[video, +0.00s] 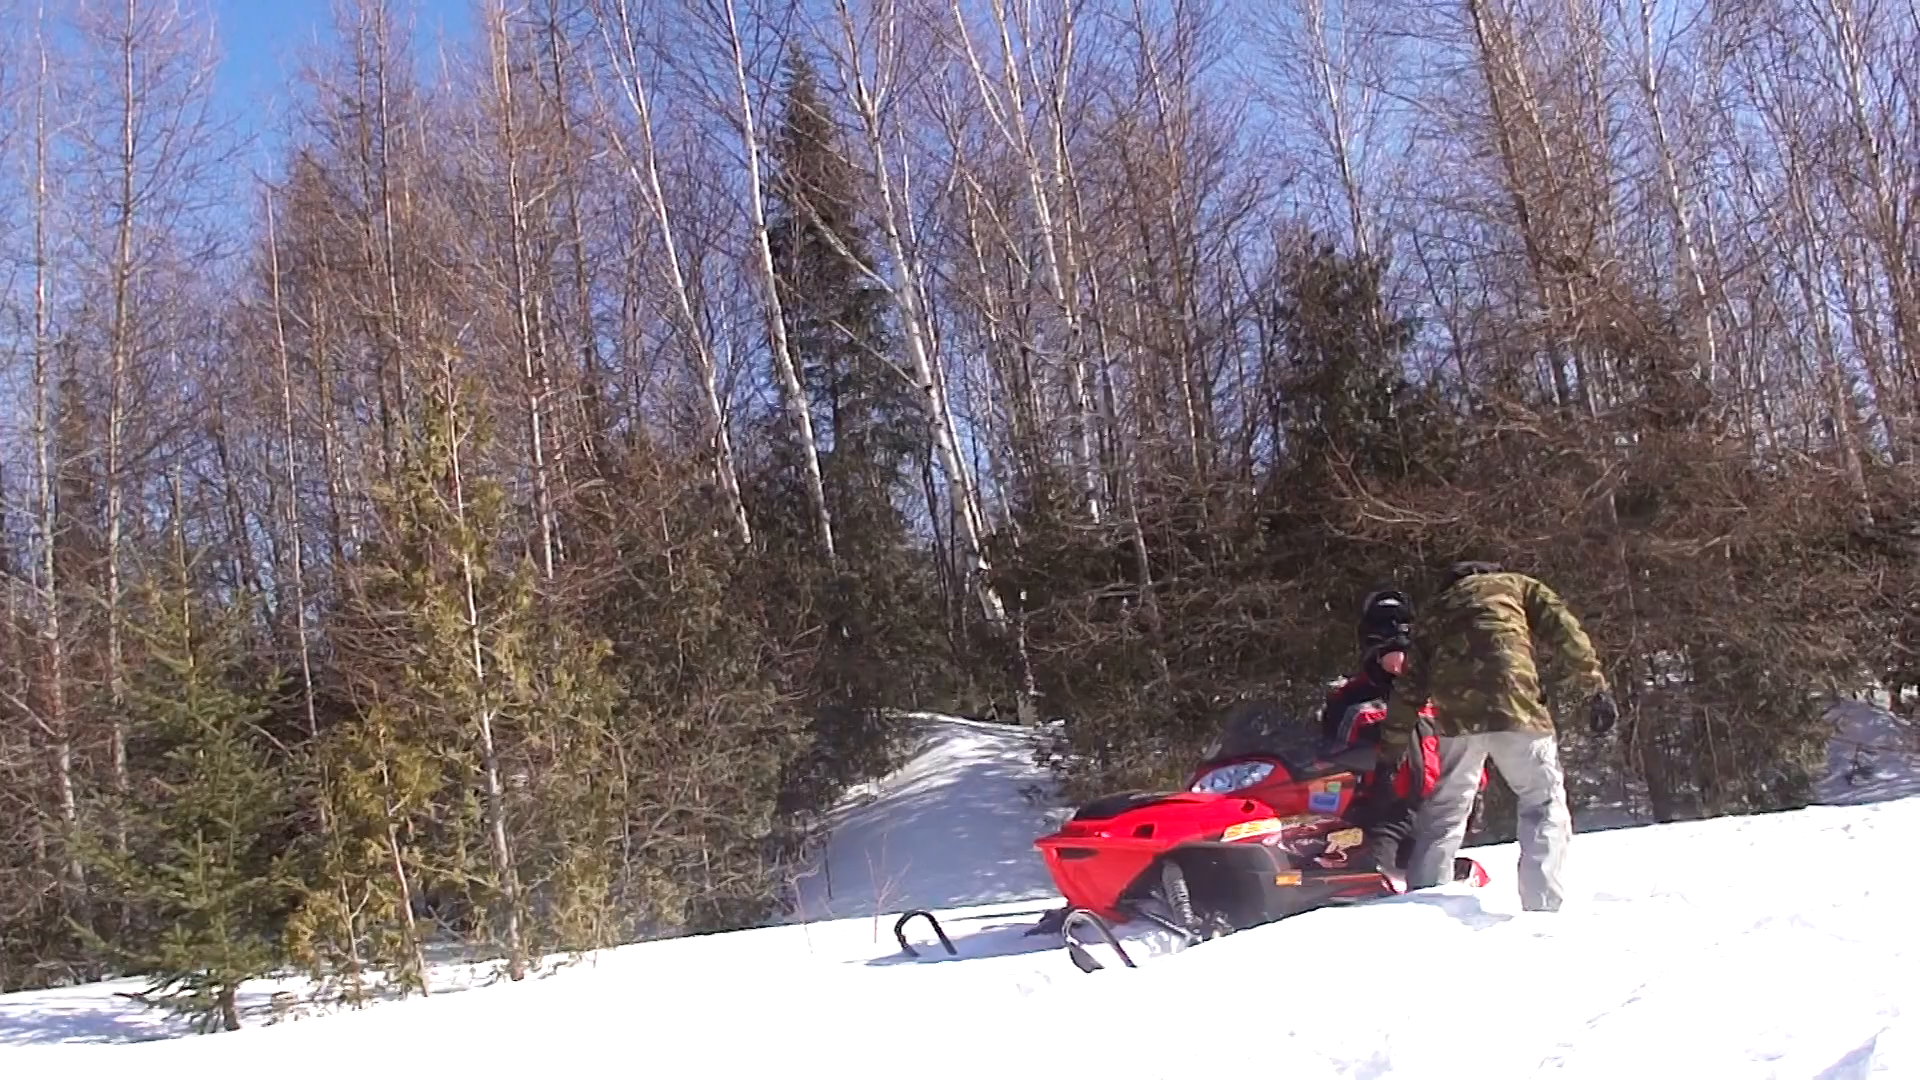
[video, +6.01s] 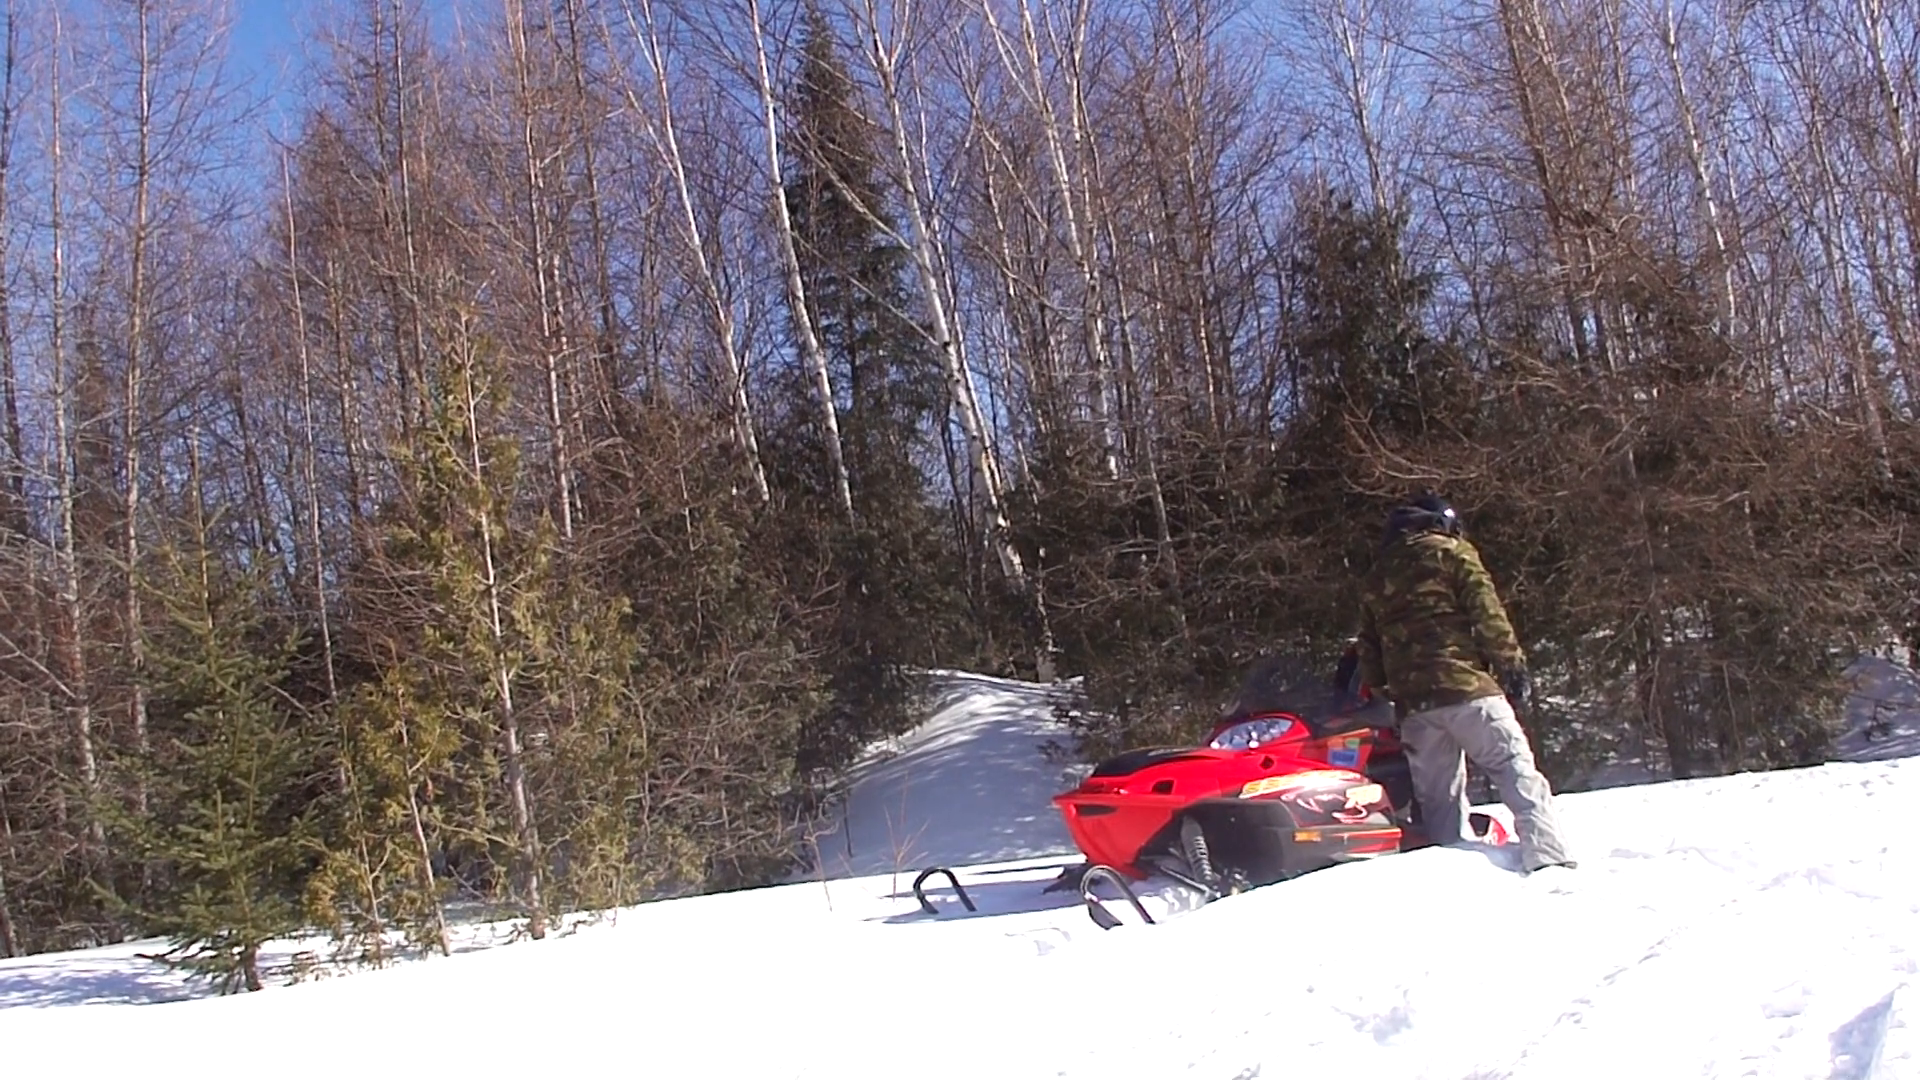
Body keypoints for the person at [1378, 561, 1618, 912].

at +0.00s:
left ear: (1451, 580)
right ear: (1494, 570)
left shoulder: (1433, 607)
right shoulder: (1518, 583)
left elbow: (1408, 684)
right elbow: (1567, 633)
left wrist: (1390, 750)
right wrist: (1596, 689)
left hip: (1455, 715)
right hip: (1516, 710)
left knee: (1446, 805)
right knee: (1542, 800)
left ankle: (1424, 899)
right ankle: (1542, 904)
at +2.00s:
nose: (1361, 264)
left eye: (1357, 259)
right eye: (1358, 258)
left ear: (1309, 266)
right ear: (1351, 261)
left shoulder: (1295, 321)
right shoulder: (1372, 299)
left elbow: (1289, 394)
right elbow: (1409, 359)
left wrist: (1306, 435)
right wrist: (1438, 407)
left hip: (1335, 449)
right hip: (1389, 433)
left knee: (1358, 548)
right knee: (1436, 510)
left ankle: (1367, 625)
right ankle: (1462, 603)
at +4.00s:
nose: (1427, 531)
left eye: (1425, 525)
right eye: (1423, 524)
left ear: (1377, 531)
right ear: (1414, 527)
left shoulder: (1360, 583)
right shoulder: (1434, 564)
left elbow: (1352, 654)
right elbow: (1468, 625)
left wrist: (1365, 698)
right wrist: (1497, 678)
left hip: (1395, 712)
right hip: (1448, 700)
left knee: (1420, 810)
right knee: (1494, 779)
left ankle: (1429, 888)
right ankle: (1526, 867)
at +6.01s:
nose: (1457, 530)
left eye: (1455, 524)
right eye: (1453, 524)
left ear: (1402, 525)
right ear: (1441, 521)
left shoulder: (1378, 572)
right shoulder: (1453, 551)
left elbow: (1369, 642)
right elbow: (1486, 613)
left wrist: (1381, 686)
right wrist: (1513, 667)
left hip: (1412, 698)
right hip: (1465, 687)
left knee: (1437, 798)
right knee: (1512, 763)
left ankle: (1446, 877)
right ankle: (1546, 856)